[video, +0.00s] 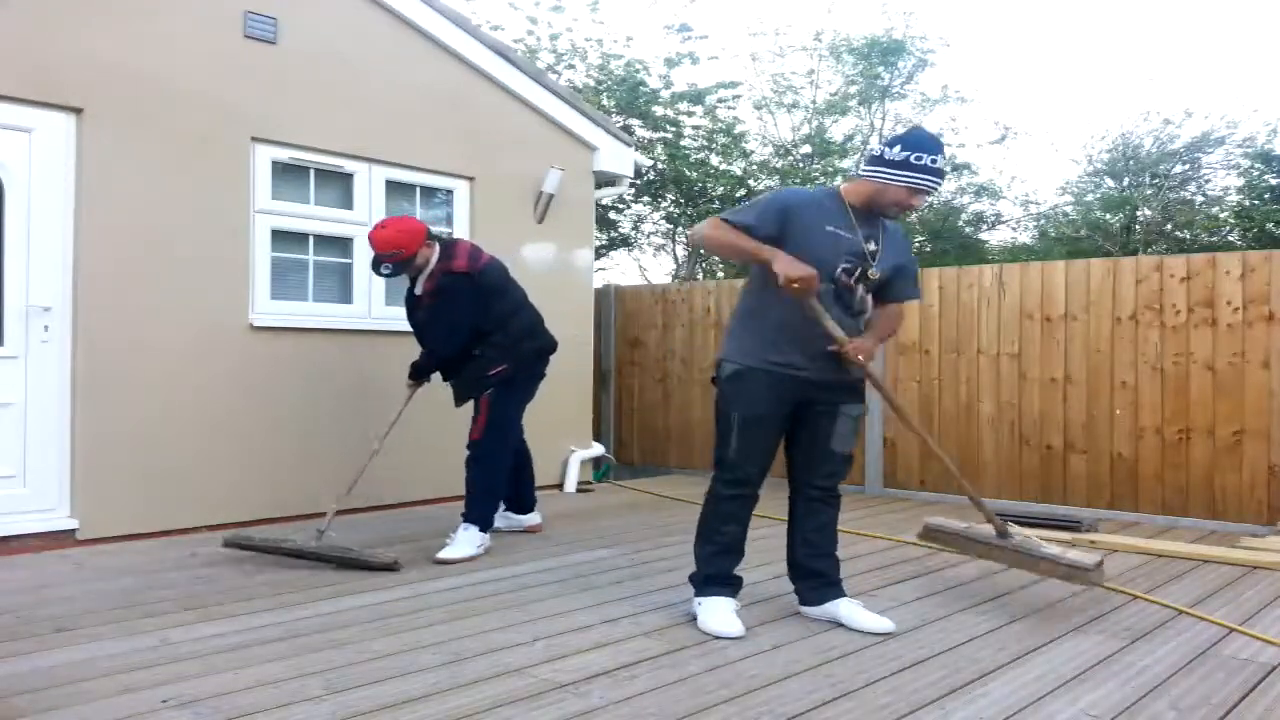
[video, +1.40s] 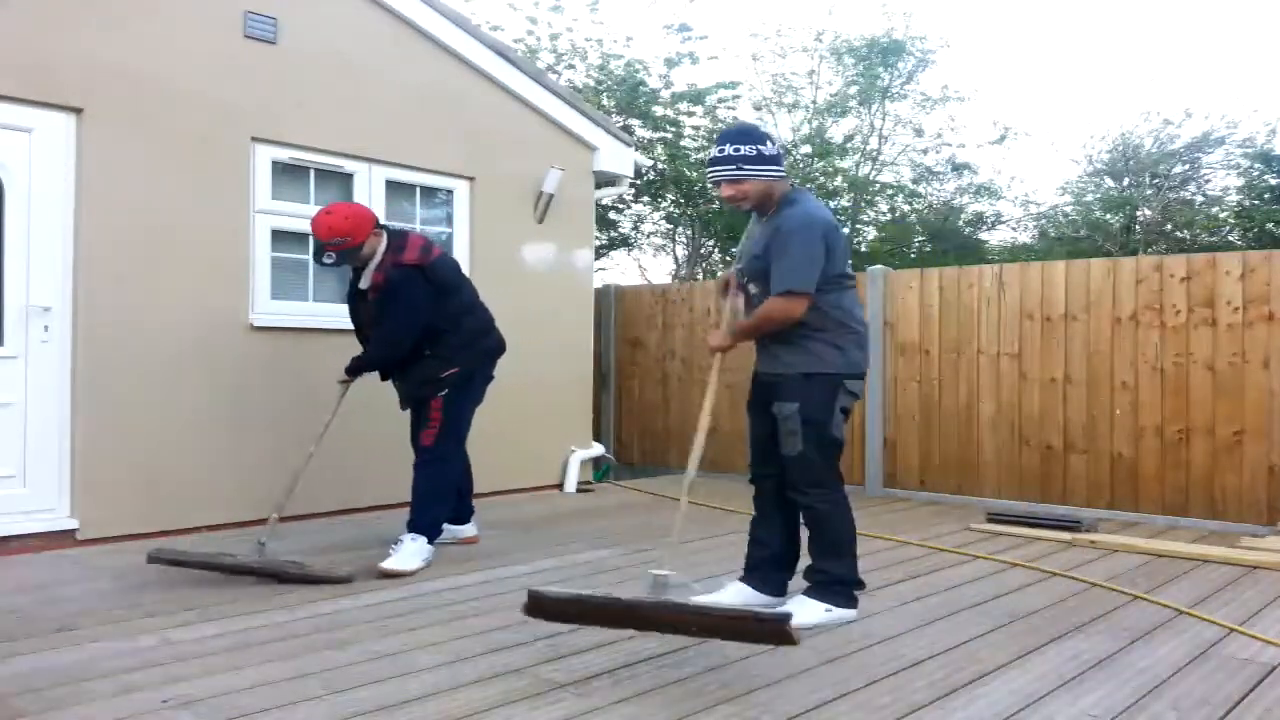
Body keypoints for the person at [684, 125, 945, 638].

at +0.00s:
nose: (917, 204)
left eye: (923, 195)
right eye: (915, 191)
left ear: (900, 184)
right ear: (887, 175)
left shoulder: (892, 241)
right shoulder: (794, 206)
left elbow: (890, 310)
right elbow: (708, 232)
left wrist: (872, 340)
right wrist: (774, 256)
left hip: (833, 381)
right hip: (759, 369)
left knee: (820, 490)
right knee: (737, 482)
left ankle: (820, 594)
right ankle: (714, 592)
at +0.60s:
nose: (874, 198)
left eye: (882, 188)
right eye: (865, 186)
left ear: (887, 183)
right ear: (835, 173)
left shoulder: (888, 236)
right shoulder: (768, 213)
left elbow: (912, 309)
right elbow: (702, 270)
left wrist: (887, 377)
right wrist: (759, 315)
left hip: (838, 386)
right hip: (758, 378)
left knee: (831, 489)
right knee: (755, 484)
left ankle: (822, 593)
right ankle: (762, 583)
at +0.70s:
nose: (822, 190)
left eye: (836, 180)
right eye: (812, 177)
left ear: (856, 179)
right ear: (796, 169)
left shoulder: (877, 229)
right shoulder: (752, 215)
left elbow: (913, 298)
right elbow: (692, 270)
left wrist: (877, 363)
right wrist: (739, 298)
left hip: (836, 381)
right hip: (756, 378)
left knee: (830, 489)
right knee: (756, 484)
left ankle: (822, 593)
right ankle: (762, 584)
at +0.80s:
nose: (794, 185)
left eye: (807, 177)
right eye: (787, 174)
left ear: (835, 175)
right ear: (777, 167)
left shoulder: (869, 226)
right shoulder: (742, 216)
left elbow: (908, 292)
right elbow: (681, 266)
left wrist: (858, 349)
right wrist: (716, 286)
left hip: (830, 380)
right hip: (753, 377)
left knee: (828, 488)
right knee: (755, 484)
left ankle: (822, 593)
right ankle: (762, 584)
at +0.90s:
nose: (766, 183)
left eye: (778, 173)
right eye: (759, 172)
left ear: (809, 170)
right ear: (751, 169)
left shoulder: (852, 222)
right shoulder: (731, 216)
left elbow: (884, 292)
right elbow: (668, 255)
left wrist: (803, 330)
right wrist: (680, 270)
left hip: (826, 377)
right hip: (746, 373)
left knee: (829, 485)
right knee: (752, 482)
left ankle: (823, 593)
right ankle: (762, 584)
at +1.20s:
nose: (736, 184)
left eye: (747, 173)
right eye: (730, 174)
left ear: (779, 168)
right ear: (726, 173)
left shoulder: (820, 219)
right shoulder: (741, 214)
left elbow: (818, 296)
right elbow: (731, 250)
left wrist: (736, 327)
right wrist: (689, 260)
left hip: (810, 372)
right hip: (753, 370)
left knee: (819, 482)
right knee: (758, 482)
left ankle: (848, 589)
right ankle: (764, 585)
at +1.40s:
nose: (727, 193)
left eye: (734, 182)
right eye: (721, 183)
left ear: (765, 172)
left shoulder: (802, 220)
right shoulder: (766, 217)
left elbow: (789, 307)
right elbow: (765, 267)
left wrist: (735, 334)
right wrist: (740, 279)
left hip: (819, 367)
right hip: (777, 364)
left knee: (814, 479)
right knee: (771, 478)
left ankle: (835, 593)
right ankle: (765, 584)